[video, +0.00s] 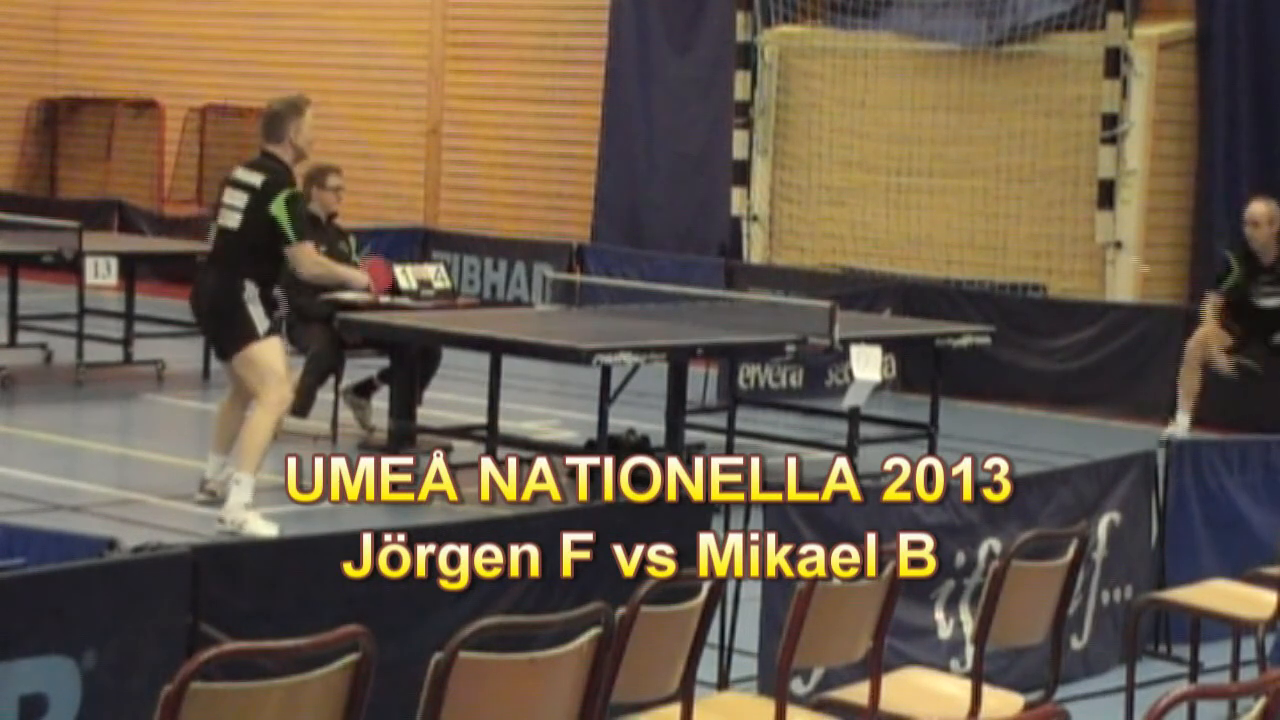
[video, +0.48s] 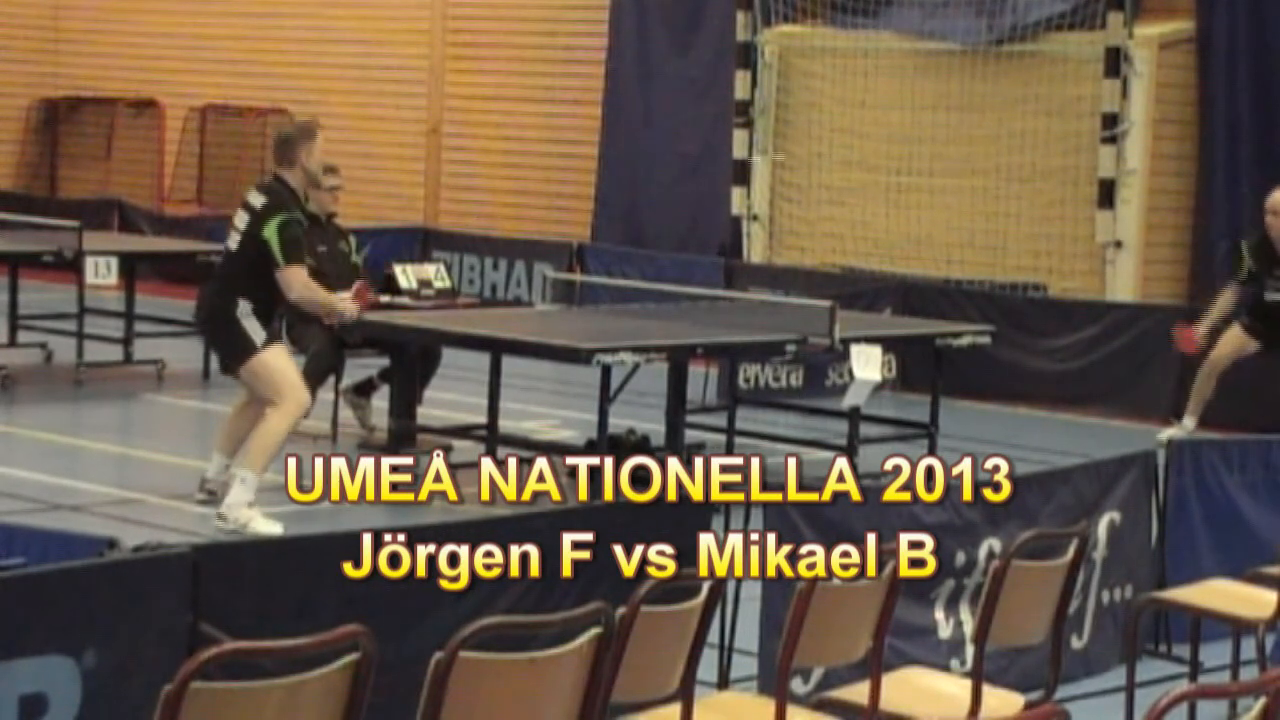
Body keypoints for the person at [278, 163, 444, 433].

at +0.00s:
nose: (340, 197)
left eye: (341, 191)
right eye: (334, 190)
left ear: (341, 193)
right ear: (313, 191)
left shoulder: (339, 234)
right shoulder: (298, 224)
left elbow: (351, 273)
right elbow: (306, 267)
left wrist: (375, 276)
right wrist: (356, 277)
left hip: (347, 315)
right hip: (307, 316)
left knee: (425, 351)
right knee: (327, 352)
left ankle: (362, 391)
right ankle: (291, 417)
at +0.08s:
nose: (340, 197)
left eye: (341, 190)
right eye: (334, 190)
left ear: (341, 193)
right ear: (312, 191)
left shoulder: (341, 234)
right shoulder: (295, 228)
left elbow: (353, 275)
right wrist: (353, 276)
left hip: (348, 315)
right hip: (308, 315)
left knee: (425, 351)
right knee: (327, 353)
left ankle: (362, 391)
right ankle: (291, 416)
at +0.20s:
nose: (340, 197)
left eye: (342, 191)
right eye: (334, 190)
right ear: (313, 192)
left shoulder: (341, 234)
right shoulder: (295, 228)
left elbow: (351, 276)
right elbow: (297, 271)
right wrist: (351, 274)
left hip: (349, 315)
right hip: (308, 316)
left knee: (426, 350)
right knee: (327, 352)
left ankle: (362, 391)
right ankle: (292, 417)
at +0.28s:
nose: (340, 197)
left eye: (341, 191)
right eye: (333, 190)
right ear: (312, 191)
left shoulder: (340, 234)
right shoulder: (295, 228)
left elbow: (353, 275)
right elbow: (295, 274)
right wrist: (350, 283)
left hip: (347, 314)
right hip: (307, 315)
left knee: (425, 350)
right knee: (327, 352)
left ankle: (362, 391)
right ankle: (292, 415)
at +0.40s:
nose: (338, 197)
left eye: (340, 190)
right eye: (331, 190)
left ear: (342, 193)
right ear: (310, 192)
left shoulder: (341, 234)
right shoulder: (295, 227)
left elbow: (353, 279)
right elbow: (296, 278)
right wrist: (346, 295)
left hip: (348, 316)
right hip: (306, 317)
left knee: (425, 349)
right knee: (326, 353)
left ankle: (362, 391)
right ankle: (290, 414)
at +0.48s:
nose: (337, 196)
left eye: (339, 190)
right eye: (330, 189)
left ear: (341, 192)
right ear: (309, 192)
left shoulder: (341, 234)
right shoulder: (296, 230)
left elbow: (354, 280)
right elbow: (296, 285)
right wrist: (333, 303)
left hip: (349, 316)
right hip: (307, 317)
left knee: (426, 350)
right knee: (327, 353)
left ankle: (362, 392)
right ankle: (292, 413)